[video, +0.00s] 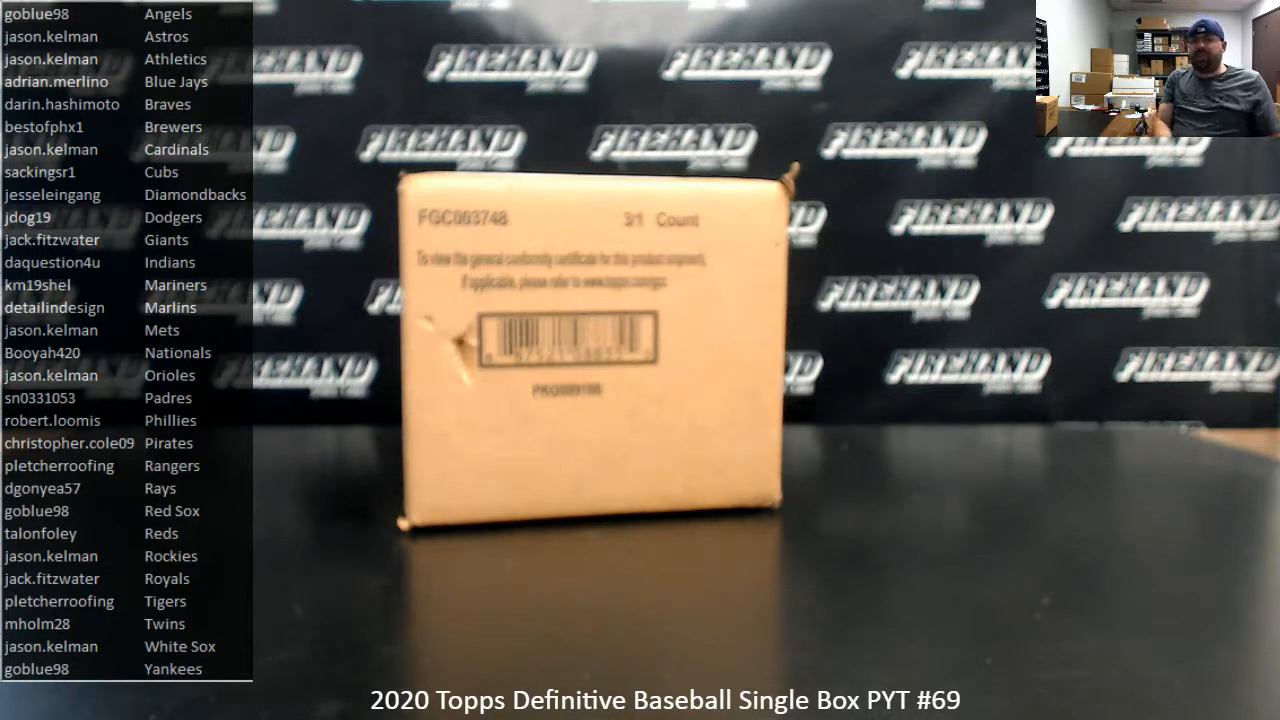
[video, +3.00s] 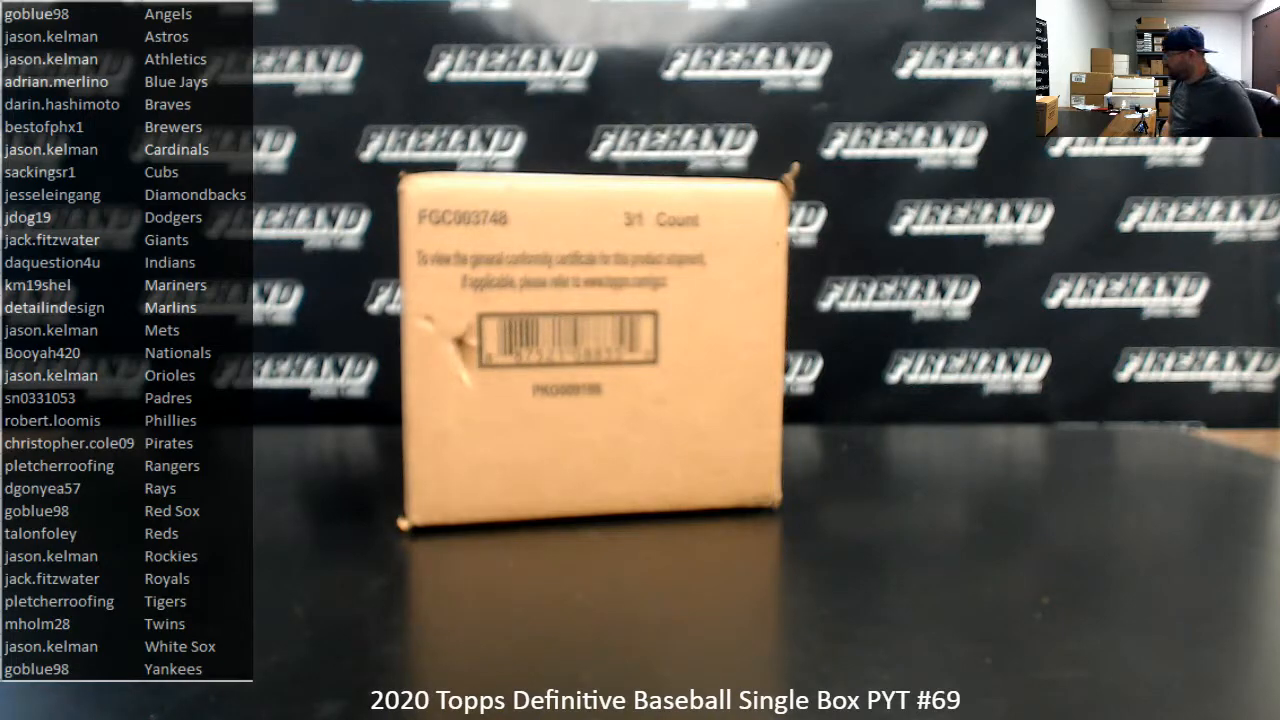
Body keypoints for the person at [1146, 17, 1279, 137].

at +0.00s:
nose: (1200, 46)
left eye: (1208, 40)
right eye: (1193, 41)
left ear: (1223, 46)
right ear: (1186, 47)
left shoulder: (1251, 81)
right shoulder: (1177, 79)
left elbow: (1273, 135)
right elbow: (1161, 122)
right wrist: (1168, 151)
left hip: (1235, 166)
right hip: (1183, 166)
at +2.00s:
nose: (1196, 55)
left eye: (1201, 50)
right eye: (1191, 52)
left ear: (1214, 54)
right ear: (1187, 57)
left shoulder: (1238, 80)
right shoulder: (1181, 86)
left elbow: (1260, 123)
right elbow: (1171, 122)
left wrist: (1237, 150)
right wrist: (1168, 150)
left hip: (1226, 154)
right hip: (1186, 154)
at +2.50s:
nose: (1197, 57)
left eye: (1203, 51)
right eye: (1194, 52)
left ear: (1221, 52)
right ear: (1191, 54)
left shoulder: (1248, 82)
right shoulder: (1190, 83)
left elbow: (1267, 134)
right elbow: (1176, 120)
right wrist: (1167, 149)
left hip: (1229, 162)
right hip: (1187, 160)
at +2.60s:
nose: (1190, 58)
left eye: (1196, 51)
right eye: (1190, 52)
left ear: (1217, 51)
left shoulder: (1247, 83)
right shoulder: (1191, 82)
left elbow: (1266, 136)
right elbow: (1176, 120)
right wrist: (1164, 149)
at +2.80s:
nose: (1174, 61)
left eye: (1180, 54)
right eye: (1175, 55)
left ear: (1203, 53)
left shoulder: (1237, 89)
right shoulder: (1185, 85)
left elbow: (1262, 141)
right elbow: (1173, 122)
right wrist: (1163, 152)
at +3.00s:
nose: (1165, 62)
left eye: (1169, 56)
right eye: (1165, 56)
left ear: (1191, 55)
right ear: (1191, 55)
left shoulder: (1227, 90)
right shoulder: (1179, 86)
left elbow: (1253, 143)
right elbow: (1170, 125)